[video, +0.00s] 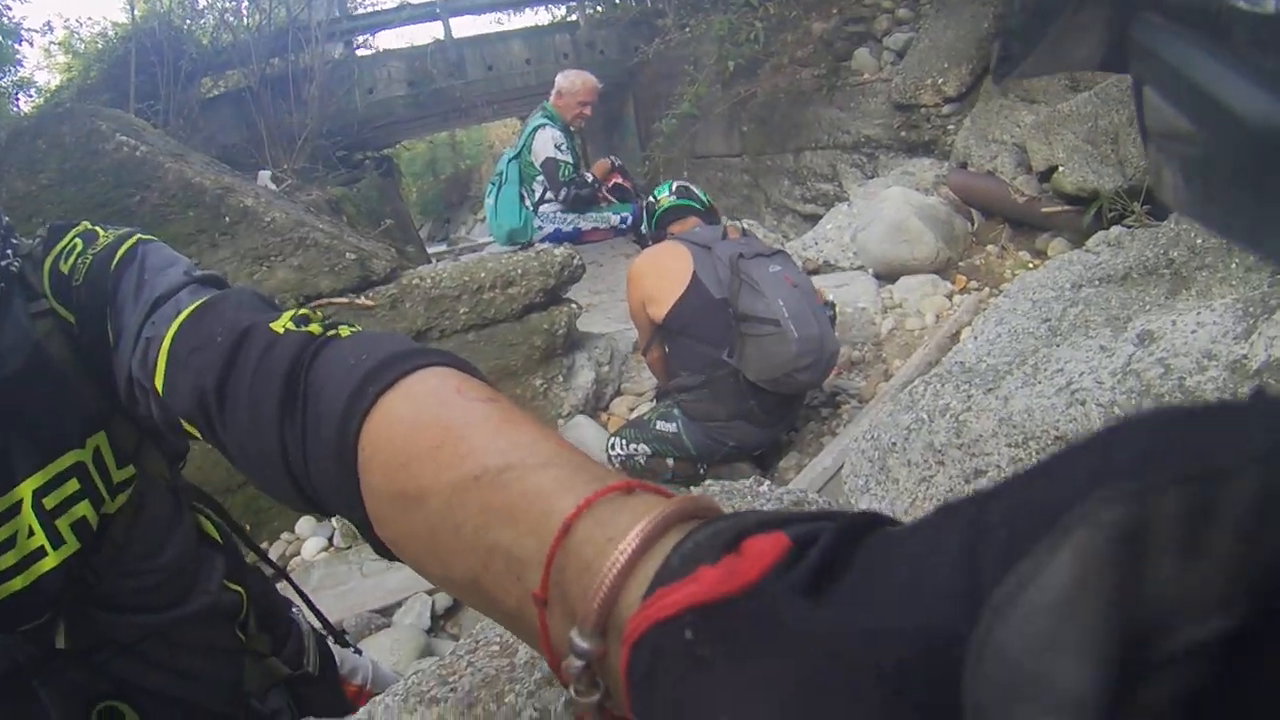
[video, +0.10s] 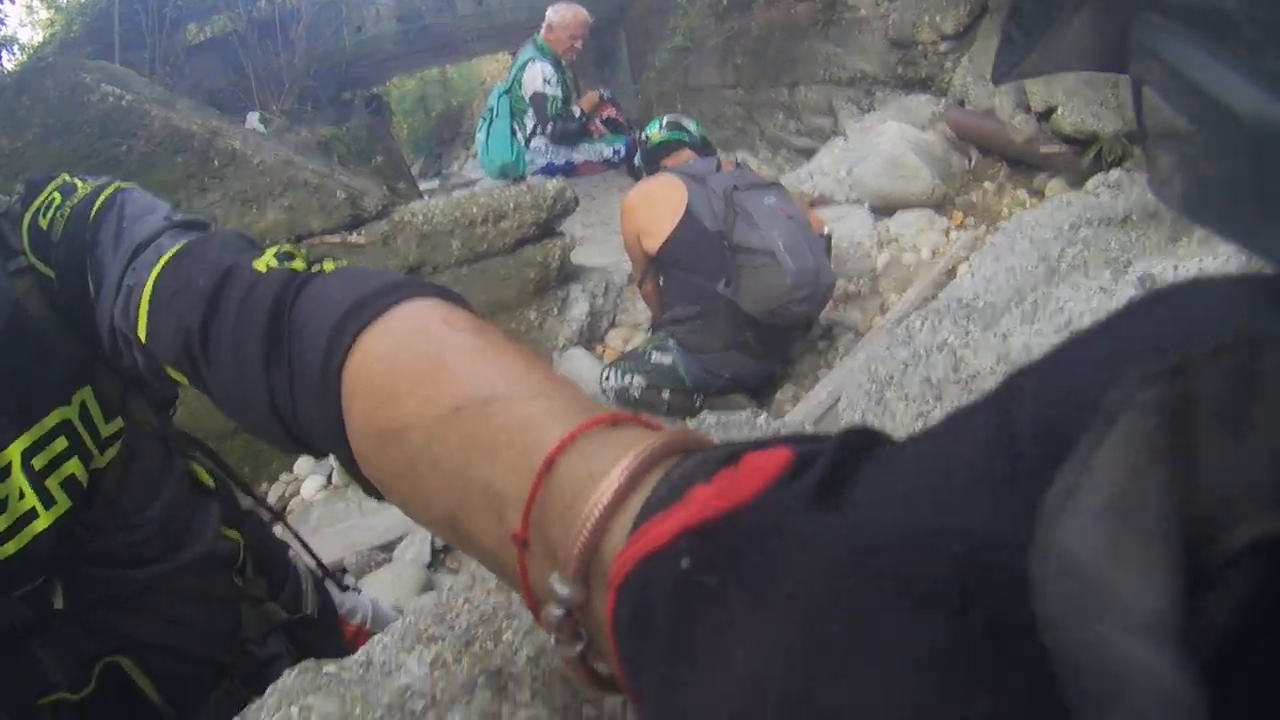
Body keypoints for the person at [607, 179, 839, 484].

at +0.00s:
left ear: (652, 231)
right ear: (711, 214)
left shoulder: (646, 266)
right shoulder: (745, 240)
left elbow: (654, 356)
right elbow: (819, 303)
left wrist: (674, 394)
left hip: (721, 425)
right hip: (784, 408)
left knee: (621, 448)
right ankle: (768, 449)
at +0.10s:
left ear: (645, 165)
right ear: (704, 147)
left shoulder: (640, 200)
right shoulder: (741, 173)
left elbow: (648, 287)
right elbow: (815, 226)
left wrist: (665, 327)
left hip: (720, 358)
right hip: (784, 339)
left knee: (618, 380)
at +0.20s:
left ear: (673, 123)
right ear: (729, 104)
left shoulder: (665, 158)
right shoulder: (773, 130)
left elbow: (673, 246)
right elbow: (849, 181)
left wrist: (691, 284)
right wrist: (841, 256)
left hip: (745, 319)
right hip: (808, 298)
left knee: (643, 342)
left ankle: (749, 368)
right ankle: (790, 342)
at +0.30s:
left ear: (658, 154)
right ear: (713, 136)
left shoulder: (650, 191)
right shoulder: (759, 162)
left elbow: (658, 282)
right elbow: (834, 215)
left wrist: (675, 320)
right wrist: (833, 282)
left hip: (725, 354)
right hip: (794, 334)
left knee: (630, 376)